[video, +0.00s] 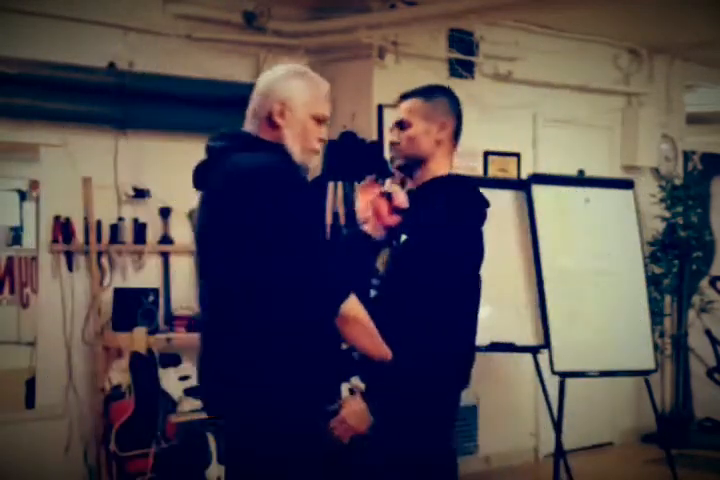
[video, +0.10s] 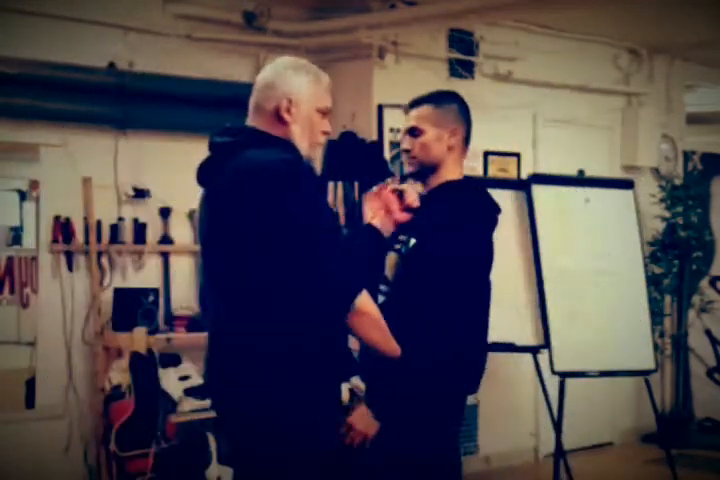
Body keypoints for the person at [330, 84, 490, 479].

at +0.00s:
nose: (391, 137)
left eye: (403, 126)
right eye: (393, 127)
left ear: (441, 132)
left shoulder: (449, 207)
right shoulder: (405, 203)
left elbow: (431, 325)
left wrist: (372, 401)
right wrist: (352, 382)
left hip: (417, 402)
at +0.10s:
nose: (403, 144)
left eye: (414, 132)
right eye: (404, 133)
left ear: (451, 139)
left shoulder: (458, 209)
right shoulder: (428, 205)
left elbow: (429, 323)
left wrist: (377, 406)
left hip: (427, 393)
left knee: (418, 470)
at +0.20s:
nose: (412, 146)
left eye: (423, 134)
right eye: (412, 135)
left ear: (459, 140)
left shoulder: (467, 211)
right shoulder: (429, 205)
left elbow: (448, 329)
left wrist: (391, 412)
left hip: (432, 393)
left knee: (422, 470)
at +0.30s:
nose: (416, 144)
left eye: (429, 133)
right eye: (417, 134)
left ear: (464, 141)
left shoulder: (470, 212)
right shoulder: (432, 205)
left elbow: (454, 328)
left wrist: (405, 417)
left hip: (434, 392)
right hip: (403, 381)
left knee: (426, 471)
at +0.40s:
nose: (420, 144)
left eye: (432, 134)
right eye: (421, 134)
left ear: (467, 142)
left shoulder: (474, 213)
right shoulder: (425, 205)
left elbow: (463, 332)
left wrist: (416, 421)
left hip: (434, 393)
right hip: (398, 381)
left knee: (425, 472)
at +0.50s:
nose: (424, 148)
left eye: (436, 138)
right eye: (424, 139)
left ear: (471, 147)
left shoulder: (482, 215)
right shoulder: (426, 205)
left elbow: (468, 335)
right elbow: (388, 291)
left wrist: (419, 424)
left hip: (432, 397)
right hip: (392, 386)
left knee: (421, 472)